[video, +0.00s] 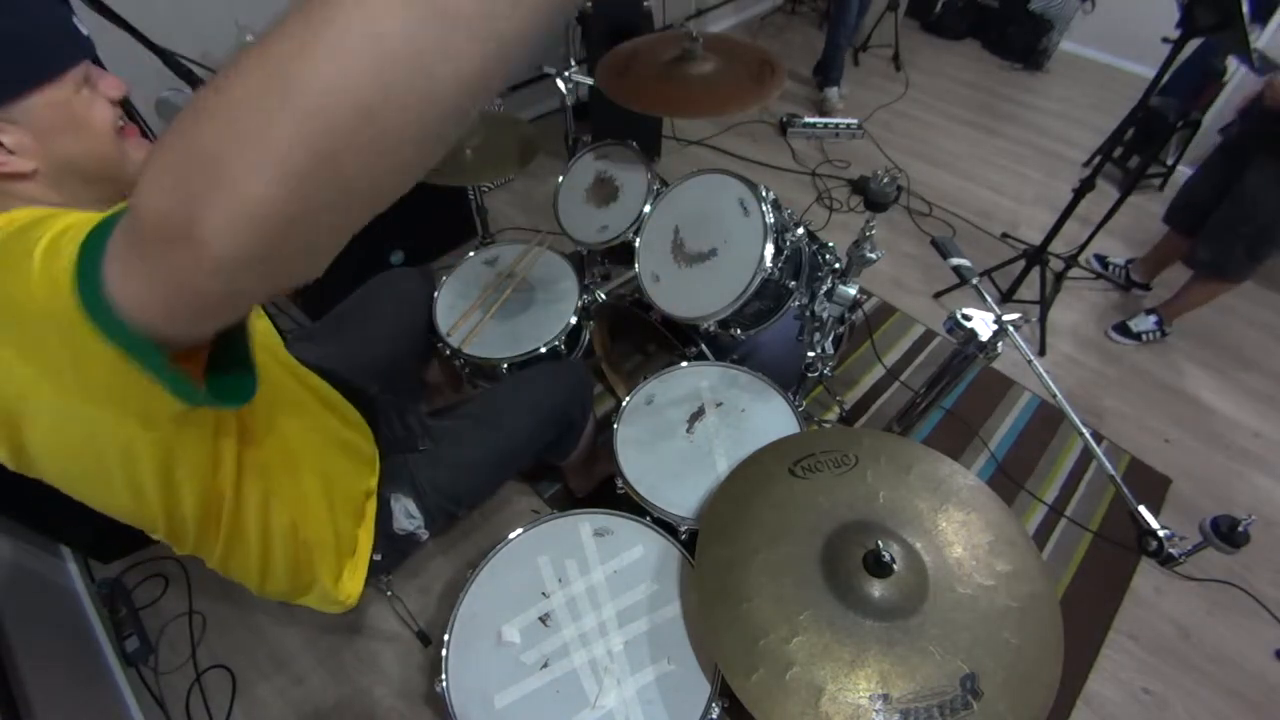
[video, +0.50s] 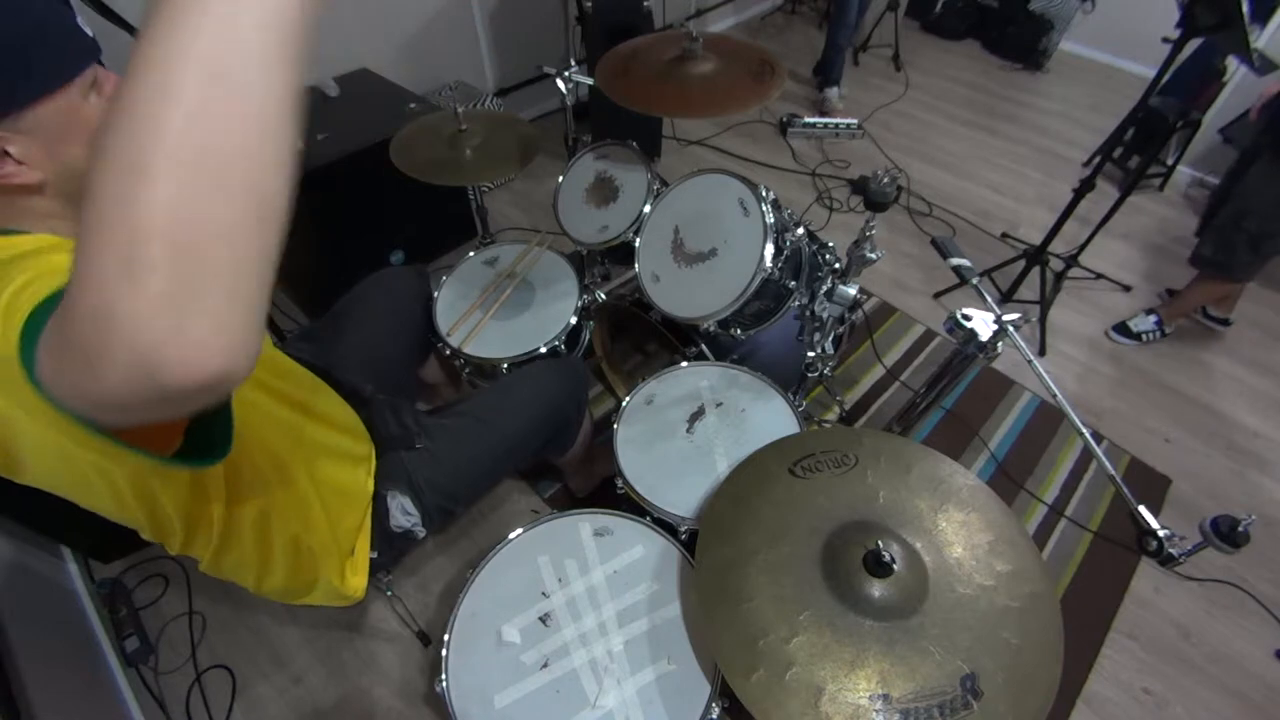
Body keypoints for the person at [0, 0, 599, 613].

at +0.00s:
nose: (117, 89)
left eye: (95, 73)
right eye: (83, 84)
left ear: (16, 154)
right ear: (11, 151)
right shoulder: (37, 282)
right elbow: (212, 236)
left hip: (286, 394)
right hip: (346, 513)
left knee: (413, 288)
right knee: (563, 378)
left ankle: (426, 396)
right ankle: (575, 471)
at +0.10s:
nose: (126, 92)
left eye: (103, 75)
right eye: (90, 85)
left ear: (19, 150)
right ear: (14, 145)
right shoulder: (55, 278)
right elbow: (225, 213)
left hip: (278, 402)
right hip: (350, 511)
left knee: (428, 283)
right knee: (560, 385)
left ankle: (427, 394)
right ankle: (569, 476)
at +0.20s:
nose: (133, 98)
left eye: (113, 79)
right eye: (99, 88)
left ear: (19, 146)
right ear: (15, 143)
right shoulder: (51, 282)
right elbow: (222, 223)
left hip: (279, 401)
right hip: (351, 511)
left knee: (414, 287)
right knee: (562, 379)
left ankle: (407, 422)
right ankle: (563, 471)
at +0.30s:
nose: (126, 94)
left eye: (103, 74)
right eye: (90, 85)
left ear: (17, 149)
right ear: (12, 145)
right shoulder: (39, 283)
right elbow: (210, 242)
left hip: (280, 399)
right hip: (343, 513)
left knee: (413, 286)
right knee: (565, 379)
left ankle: (435, 394)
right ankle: (579, 472)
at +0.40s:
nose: (122, 92)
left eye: (99, 73)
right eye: (87, 85)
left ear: (19, 155)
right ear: (13, 151)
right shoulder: (34, 297)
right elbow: (187, 304)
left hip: (285, 395)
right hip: (344, 512)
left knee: (408, 285)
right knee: (564, 374)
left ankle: (428, 394)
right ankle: (577, 474)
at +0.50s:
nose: (114, 84)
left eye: (98, 70)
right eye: (84, 86)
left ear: (19, 161)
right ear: (14, 158)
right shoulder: (26, 310)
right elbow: (177, 346)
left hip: (294, 392)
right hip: (349, 514)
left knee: (403, 283)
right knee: (560, 372)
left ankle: (432, 391)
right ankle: (576, 467)